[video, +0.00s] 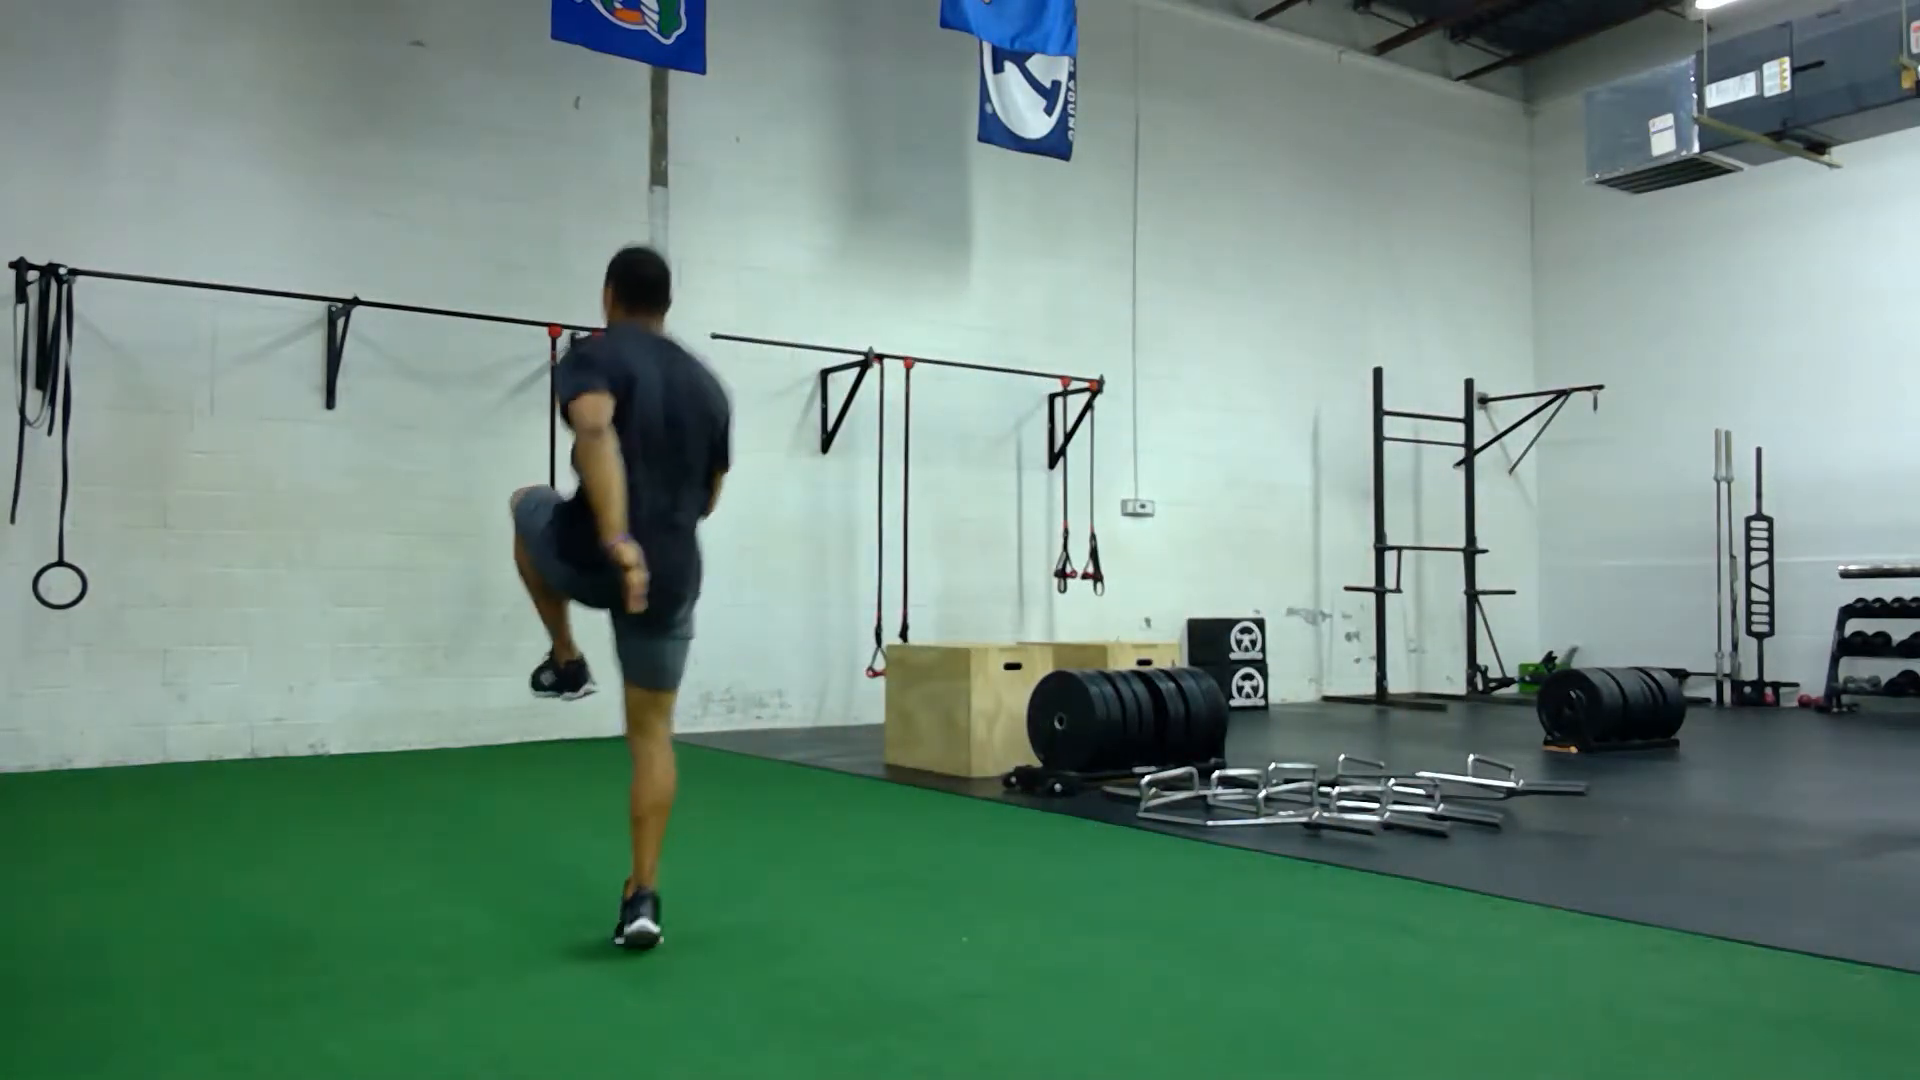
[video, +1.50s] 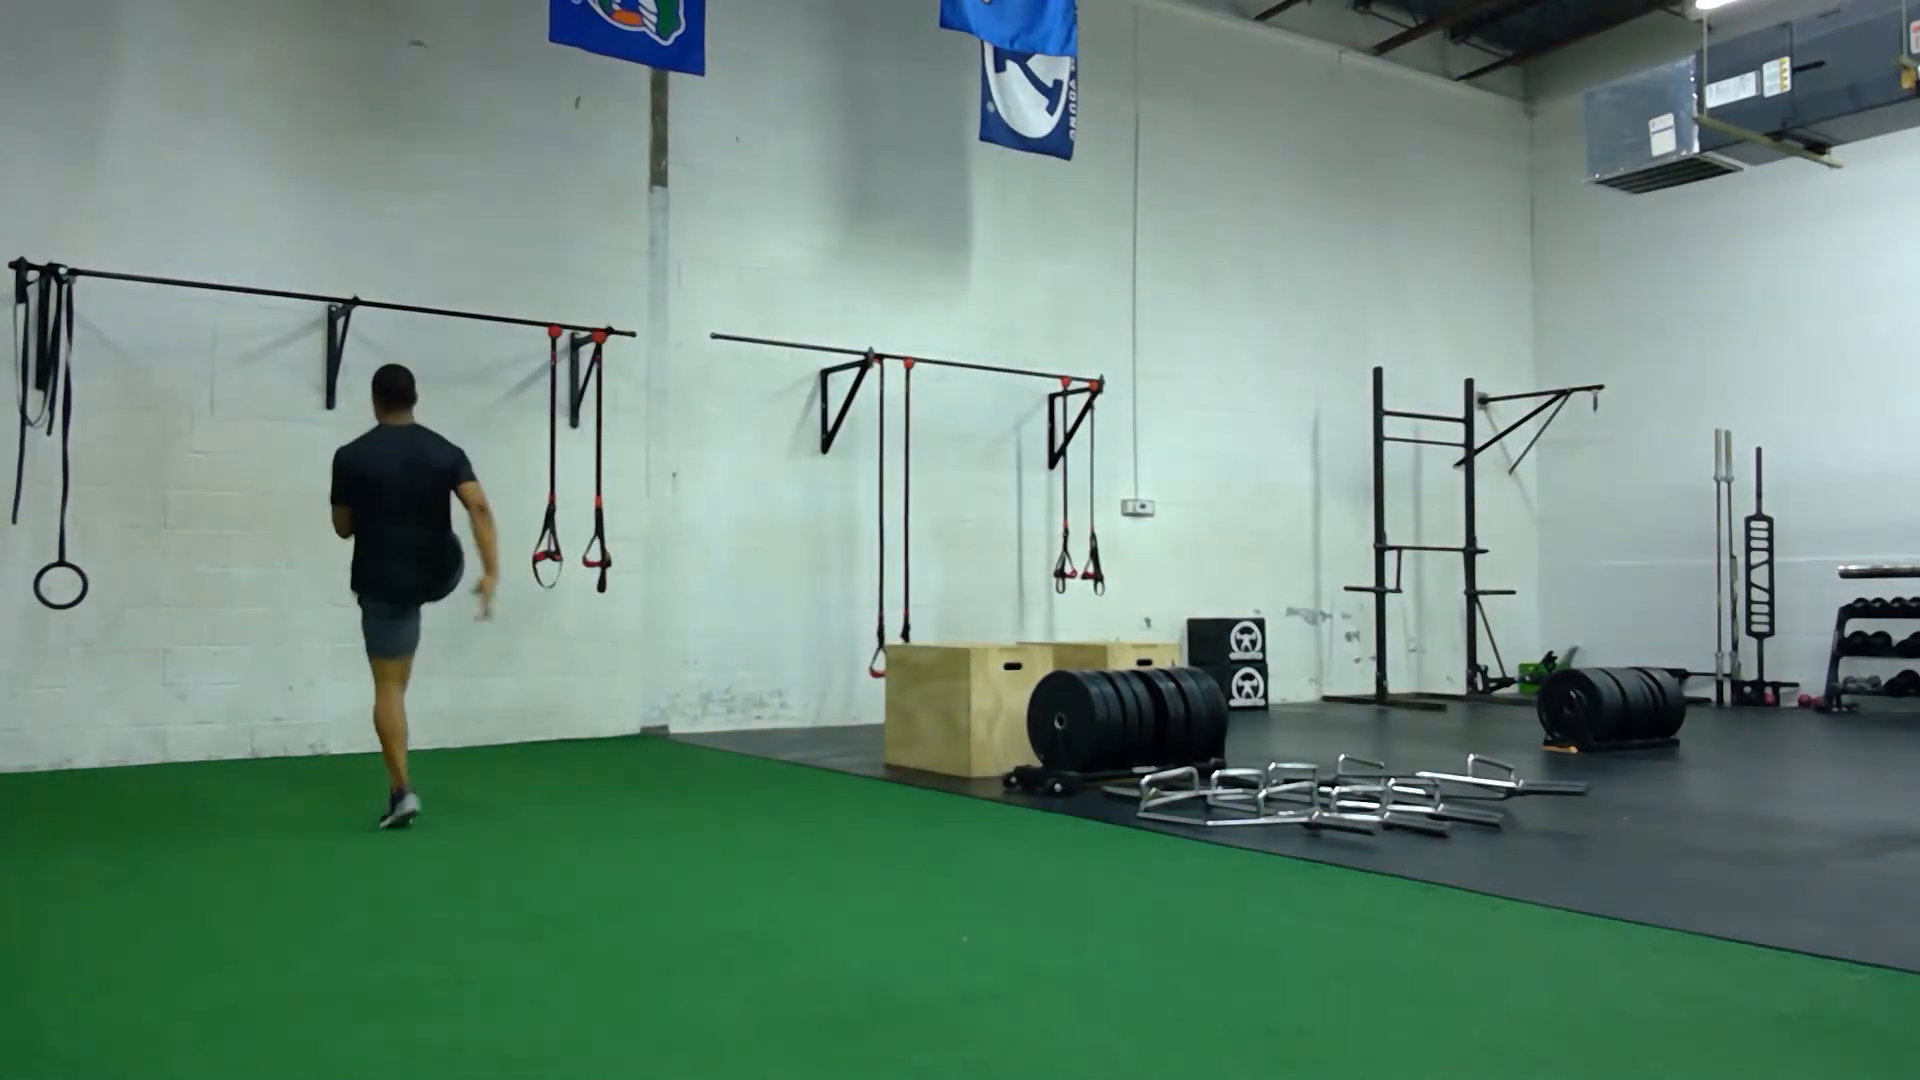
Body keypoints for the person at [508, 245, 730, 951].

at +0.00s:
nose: (603, 306)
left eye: (604, 295)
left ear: (608, 296)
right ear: (667, 303)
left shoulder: (593, 353)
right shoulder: (705, 383)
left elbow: (594, 430)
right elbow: (706, 498)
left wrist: (620, 539)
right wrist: (639, 497)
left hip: (591, 563)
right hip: (671, 574)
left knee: (529, 504)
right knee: (653, 732)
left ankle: (564, 658)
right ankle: (643, 895)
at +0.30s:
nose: (549, 341)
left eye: (546, 331)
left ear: (548, 334)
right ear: (604, 339)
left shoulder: (527, 383)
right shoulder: (637, 409)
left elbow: (515, 417)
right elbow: (629, 494)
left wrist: (527, 456)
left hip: (532, 572)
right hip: (605, 585)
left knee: (476, 563)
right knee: (595, 728)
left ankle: (505, 704)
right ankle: (593, 878)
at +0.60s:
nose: (484, 352)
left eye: (478, 343)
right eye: (502, 343)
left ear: (475, 346)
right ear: (525, 346)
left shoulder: (448, 409)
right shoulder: (557, 404)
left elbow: (429, 493)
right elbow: (610, 452)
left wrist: (463, 457)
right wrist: (658, 514)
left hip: (470, 567)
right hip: (542, 561)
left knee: (453, 701)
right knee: (513, 606)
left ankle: (461, 832)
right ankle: (494, 700)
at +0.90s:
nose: (452, 362)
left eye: (449, 354)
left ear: (448, 356)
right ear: (492, 361)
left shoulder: (429, 398)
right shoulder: (523, 419)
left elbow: (378, 406)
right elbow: (535, 500)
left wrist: (359, 465)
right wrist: (494, 476)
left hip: (431, 552)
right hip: (497, 562)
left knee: (411, 620)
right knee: (494, 681)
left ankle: (428, 715)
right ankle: (504, 803)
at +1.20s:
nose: (409, 379)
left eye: (400, 372)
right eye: (421, 370)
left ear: (395, 375)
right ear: (438, 374)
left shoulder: (369, 432)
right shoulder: (465, 423)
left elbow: (364, 503)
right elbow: (511, 470)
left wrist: (404, 484)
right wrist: (538, 534)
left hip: (404, 568)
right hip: (464, 560)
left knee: (401, 676)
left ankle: (404, 783)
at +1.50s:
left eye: (379, 396)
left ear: (374, 401)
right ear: (414, 400)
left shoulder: (351, 457)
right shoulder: (442, 451)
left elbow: (343, 527)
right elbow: (478, 507)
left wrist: (377, 500)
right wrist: (491, 572)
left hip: (383, 581)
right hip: (439, 575)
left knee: (389, 686)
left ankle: (400, 791)